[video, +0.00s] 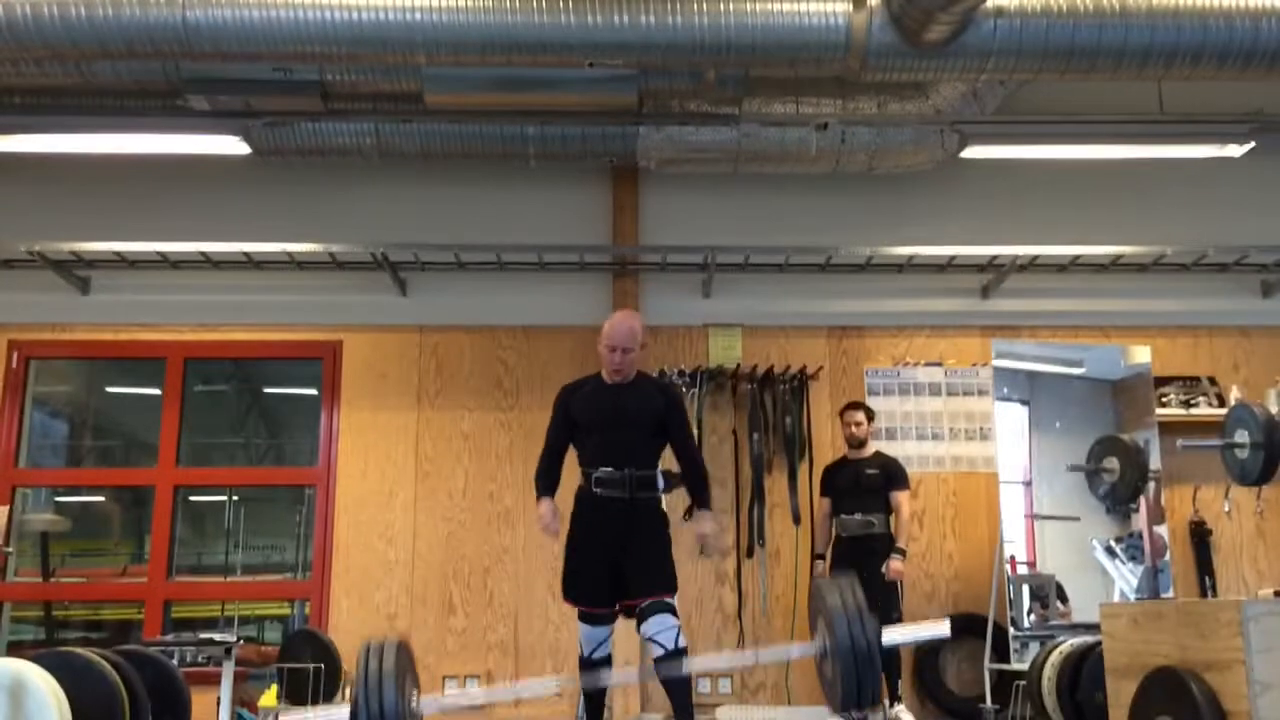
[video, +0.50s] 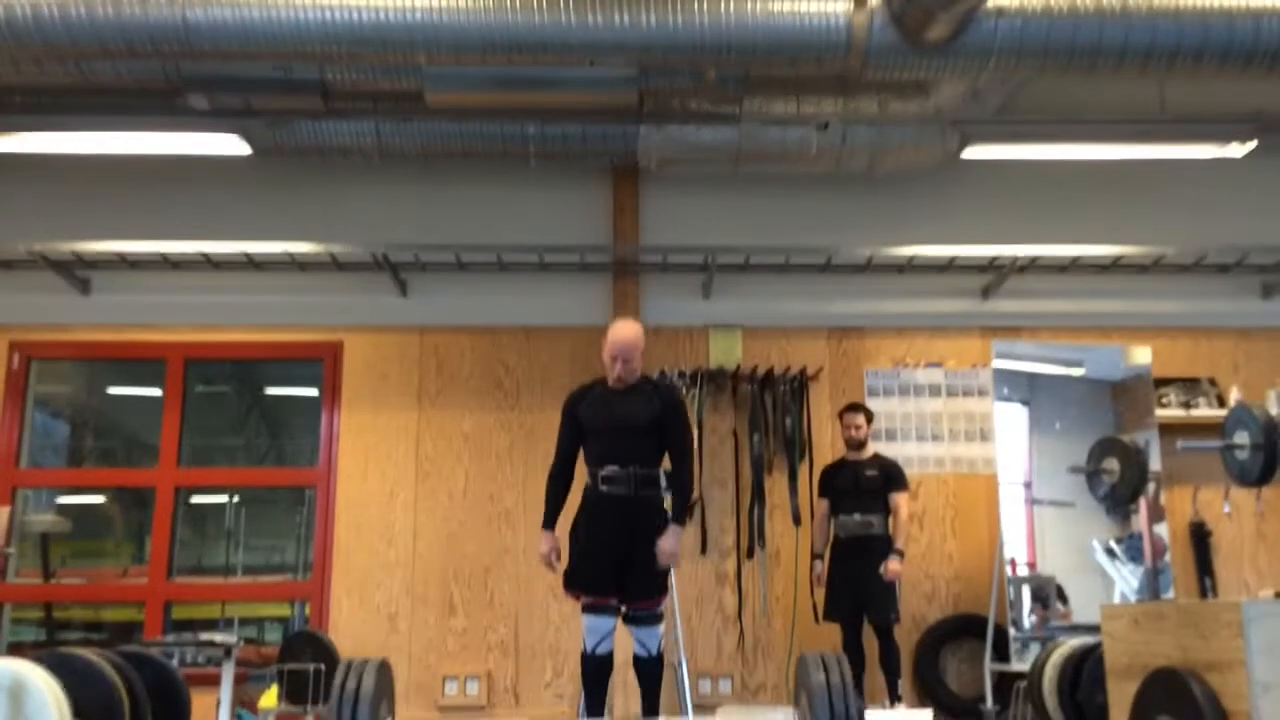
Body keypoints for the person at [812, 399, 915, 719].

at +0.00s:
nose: (853, 429)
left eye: (858, 424)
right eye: (848, 424)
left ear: (870, 426)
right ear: (841, 428)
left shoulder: (888, 465)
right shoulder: (832, 471)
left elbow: (904, 511)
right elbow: (824, 517)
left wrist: (899, 553)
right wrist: (819, 558)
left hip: (879, 560)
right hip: (844, 562)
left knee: (887, 630)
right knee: (847, 631)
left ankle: (895, 700)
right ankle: (856, 702)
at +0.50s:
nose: (853, 433)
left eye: (858, 427)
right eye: (847, 427)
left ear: (869, 429)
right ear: (840, 430)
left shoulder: (888, 468)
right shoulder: (830, 473)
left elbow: (901, 512)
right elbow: (821, 517)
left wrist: (897, 553)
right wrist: (818, 557)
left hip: (878, 555)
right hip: (843, 556)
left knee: (884, 630)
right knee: (850, 632)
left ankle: (894, 698)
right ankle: (856, 698)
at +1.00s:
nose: (853, 432)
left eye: (859, 426)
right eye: (848, 426)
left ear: (870, 429)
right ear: (841, 429)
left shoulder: (888, 466)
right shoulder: (830, 471)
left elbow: (904, 510)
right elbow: (821, 516)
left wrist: (899, 552)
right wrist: (819, 555)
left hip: (879, 556)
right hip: (845, 557)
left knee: (885, 630)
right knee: (851, 633)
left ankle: (896, 703)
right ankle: (857, 705)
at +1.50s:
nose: (854, 431)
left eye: (859, 426)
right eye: (849, 426)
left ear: (870, 427)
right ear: (841, 427)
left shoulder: (889, 459)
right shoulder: (831, 464)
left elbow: (920, 494)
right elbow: (813, 500)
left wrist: (895, 512)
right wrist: (818, 518)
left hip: (879, 552)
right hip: (845, 554)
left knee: (885, 630)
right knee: (852, 631)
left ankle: (896, 704)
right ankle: (858, 706)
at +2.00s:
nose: (853, 432)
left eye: (858, 426)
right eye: (847, 427)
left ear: (869, 426)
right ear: (840, 428)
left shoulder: (889, 458)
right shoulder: (831, 464)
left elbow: (922, 491)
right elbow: (812, 502)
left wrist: (896, 512)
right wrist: (819, 519)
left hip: (879, 553)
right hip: (845, 555)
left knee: (885, 630)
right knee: (852, 632)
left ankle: (896, 704)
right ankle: (858, 706)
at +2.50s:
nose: (851, 434)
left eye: (856, 428)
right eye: (845, 429)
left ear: (868, 427)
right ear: (839, 430)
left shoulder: (889, 460)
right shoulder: (831, 468)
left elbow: (921, 496)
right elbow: (820, 508)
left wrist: (901, 526)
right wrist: (823, 534)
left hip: (879, 555)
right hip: (844, 557)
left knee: (885, 631)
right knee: (851, 632)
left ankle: (896, 704)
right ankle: (858, 706)